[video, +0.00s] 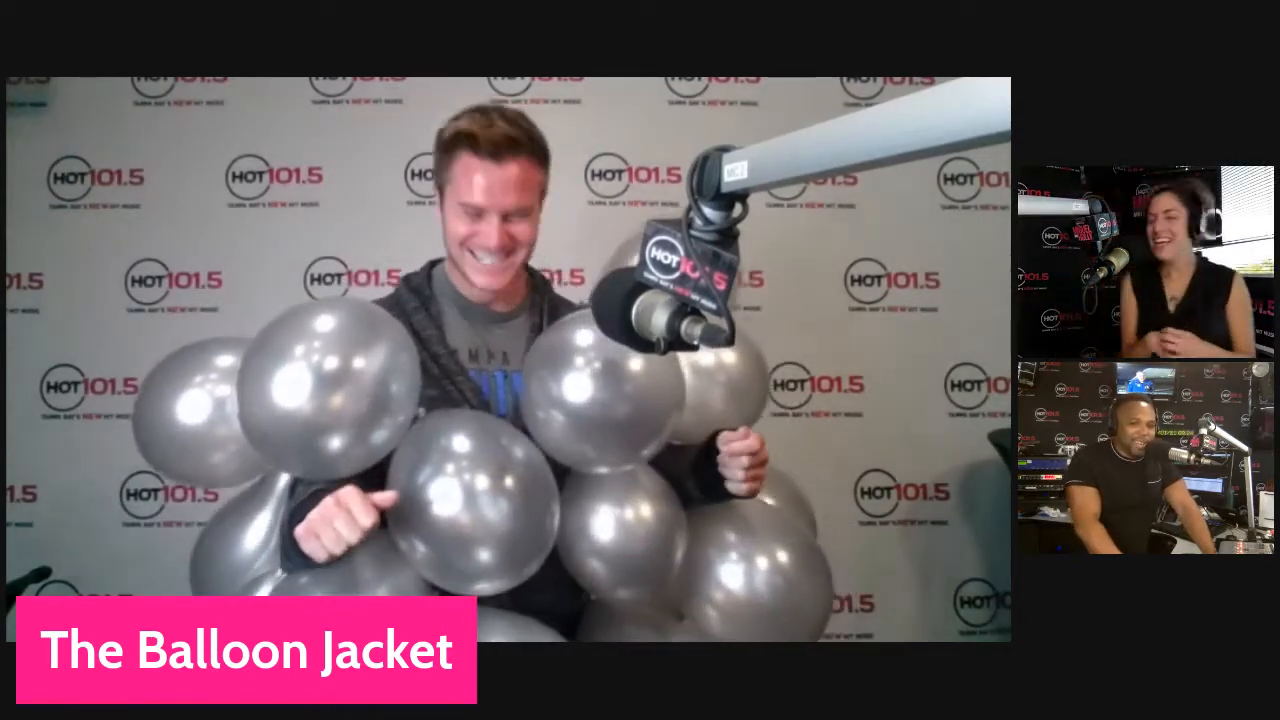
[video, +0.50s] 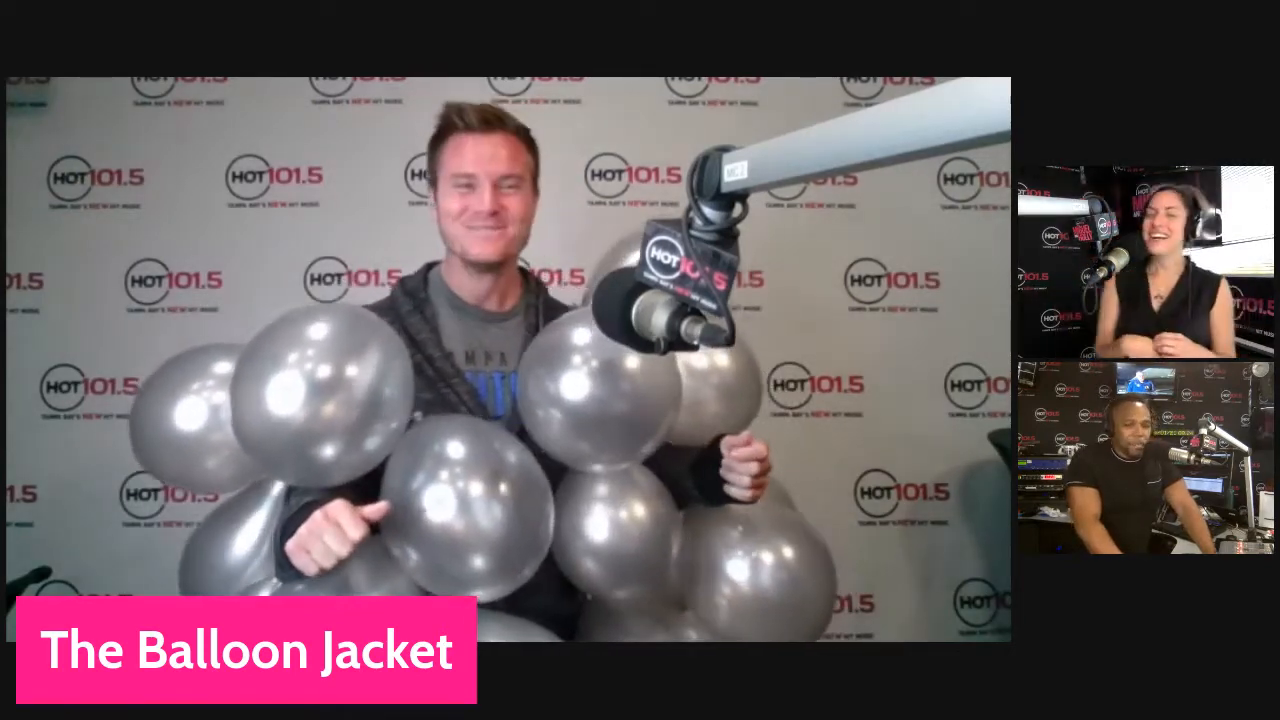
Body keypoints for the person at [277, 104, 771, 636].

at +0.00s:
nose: (494, 237)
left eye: (515, 215)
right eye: (473, 213)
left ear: (540, 214)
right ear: (440, 207)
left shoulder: (583, 334)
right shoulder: (379, 337)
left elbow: (637, 463)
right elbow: (317, 467)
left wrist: (714, 466)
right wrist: (319, 514)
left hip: (568, 608)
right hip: (423, 608)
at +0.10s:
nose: (487, 227)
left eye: (510, 205)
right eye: (466, 202)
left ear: (536, 209)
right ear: (436, 201)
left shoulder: (580, 335)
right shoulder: (376, 338)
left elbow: (634, 460)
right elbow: (313, 467)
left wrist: (712, 464)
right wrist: (316, 515)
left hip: (564, 610)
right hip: (419, 610)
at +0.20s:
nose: (482, 206)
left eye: (503, 186)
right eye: (460, 185)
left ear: (530, 199)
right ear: (430, 198)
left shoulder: (578, 335)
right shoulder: (372, 338)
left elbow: (632, 461)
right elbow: (310, 466)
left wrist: (712, 464)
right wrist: (312, 515)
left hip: (565, 609)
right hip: (419, 609)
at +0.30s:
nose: (482, 203)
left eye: (503, 184)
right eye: (459, 184)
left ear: (529, 199)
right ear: (430, 197)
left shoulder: (577, 335)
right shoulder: (371, 338)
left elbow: (630, 458)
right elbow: (310, 465)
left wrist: (711, 466)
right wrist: (312, 516)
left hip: (564, 610)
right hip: (418, 610)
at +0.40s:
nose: (484, 204)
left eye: (504, 185)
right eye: (461, 186)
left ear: (531, 201)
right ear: (431, 200)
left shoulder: (577, 335)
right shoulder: (371, 339)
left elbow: (629, 459)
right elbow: (312, 466)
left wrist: (711, 468)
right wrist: (313, 519)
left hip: (567, 607)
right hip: (420, 607)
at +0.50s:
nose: (487, 205)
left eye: (507, 186)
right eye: (464, 186)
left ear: (534, 200)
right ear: (434, 200)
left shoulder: (580, 336)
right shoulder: (371, 340)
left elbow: (630, 459)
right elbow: (313, 465)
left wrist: (713, 470)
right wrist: (312, 520)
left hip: (569, 609)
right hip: (420, 608)